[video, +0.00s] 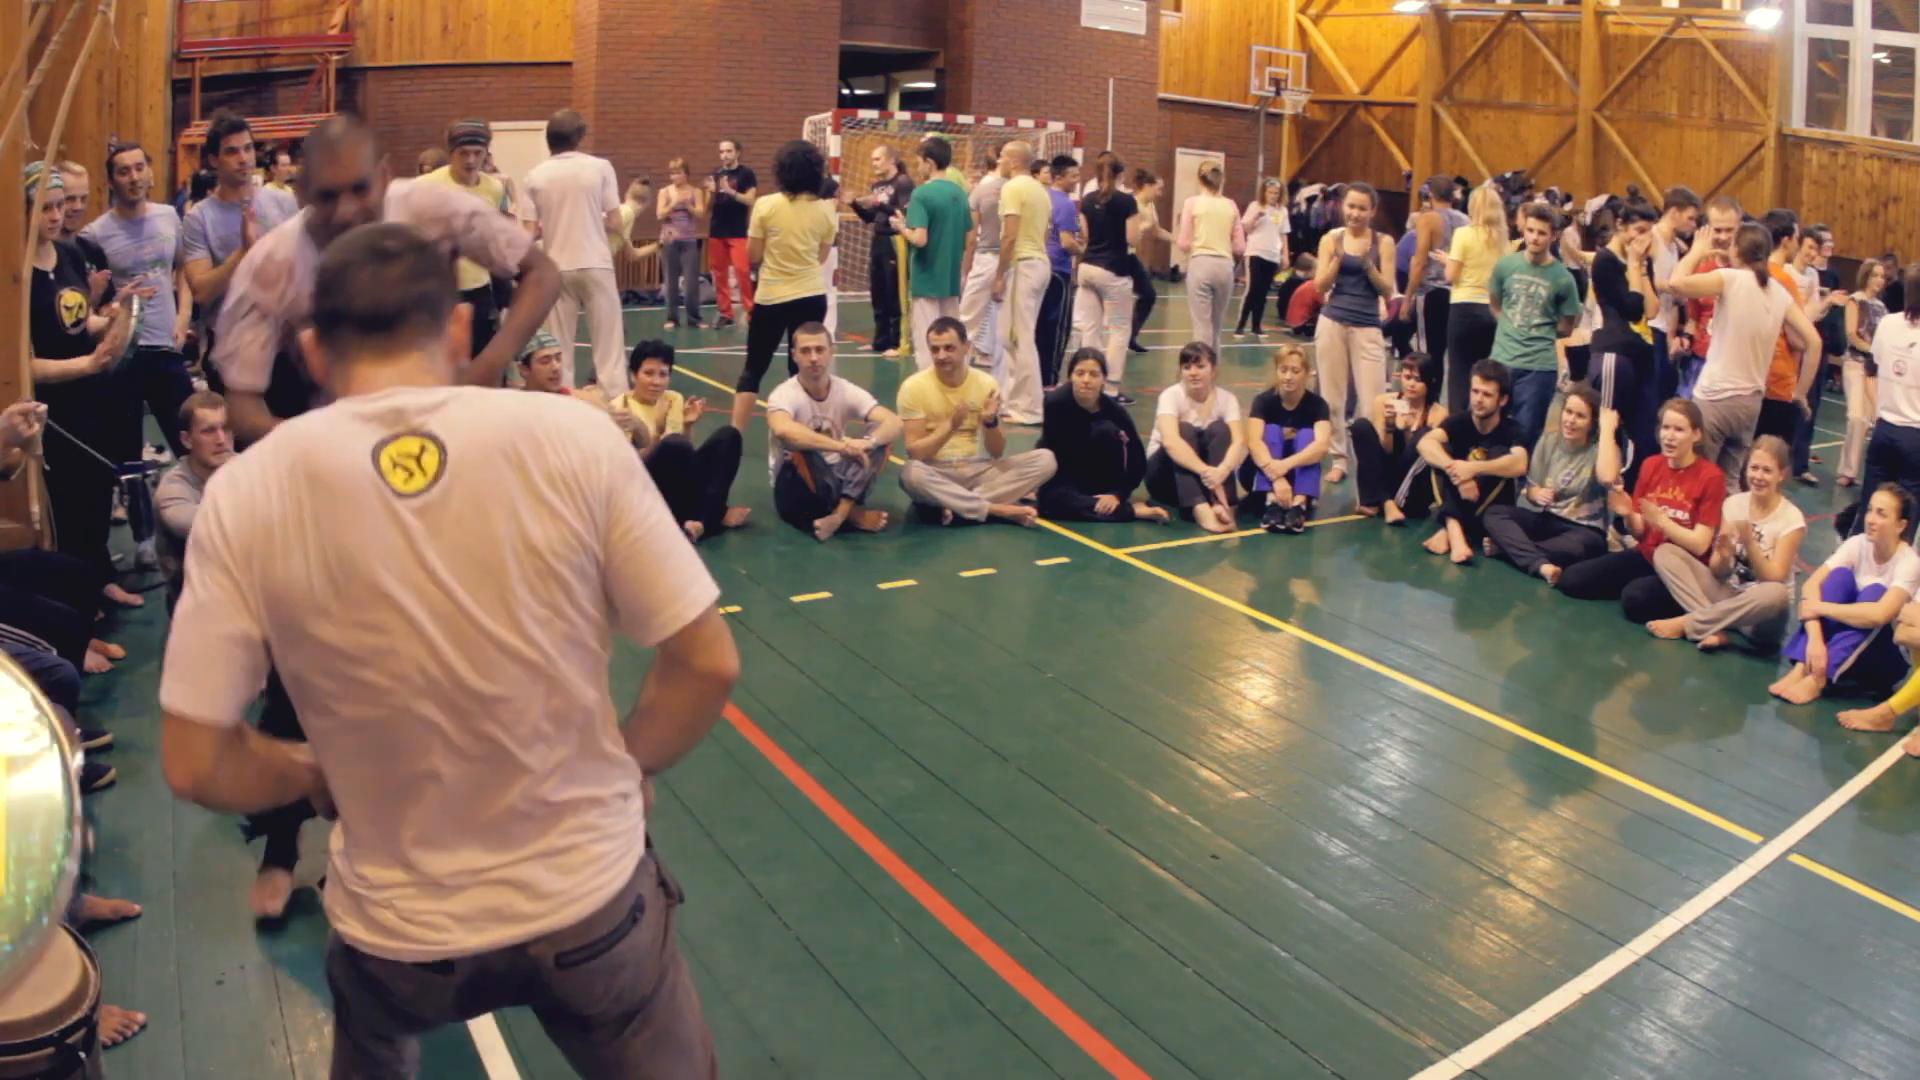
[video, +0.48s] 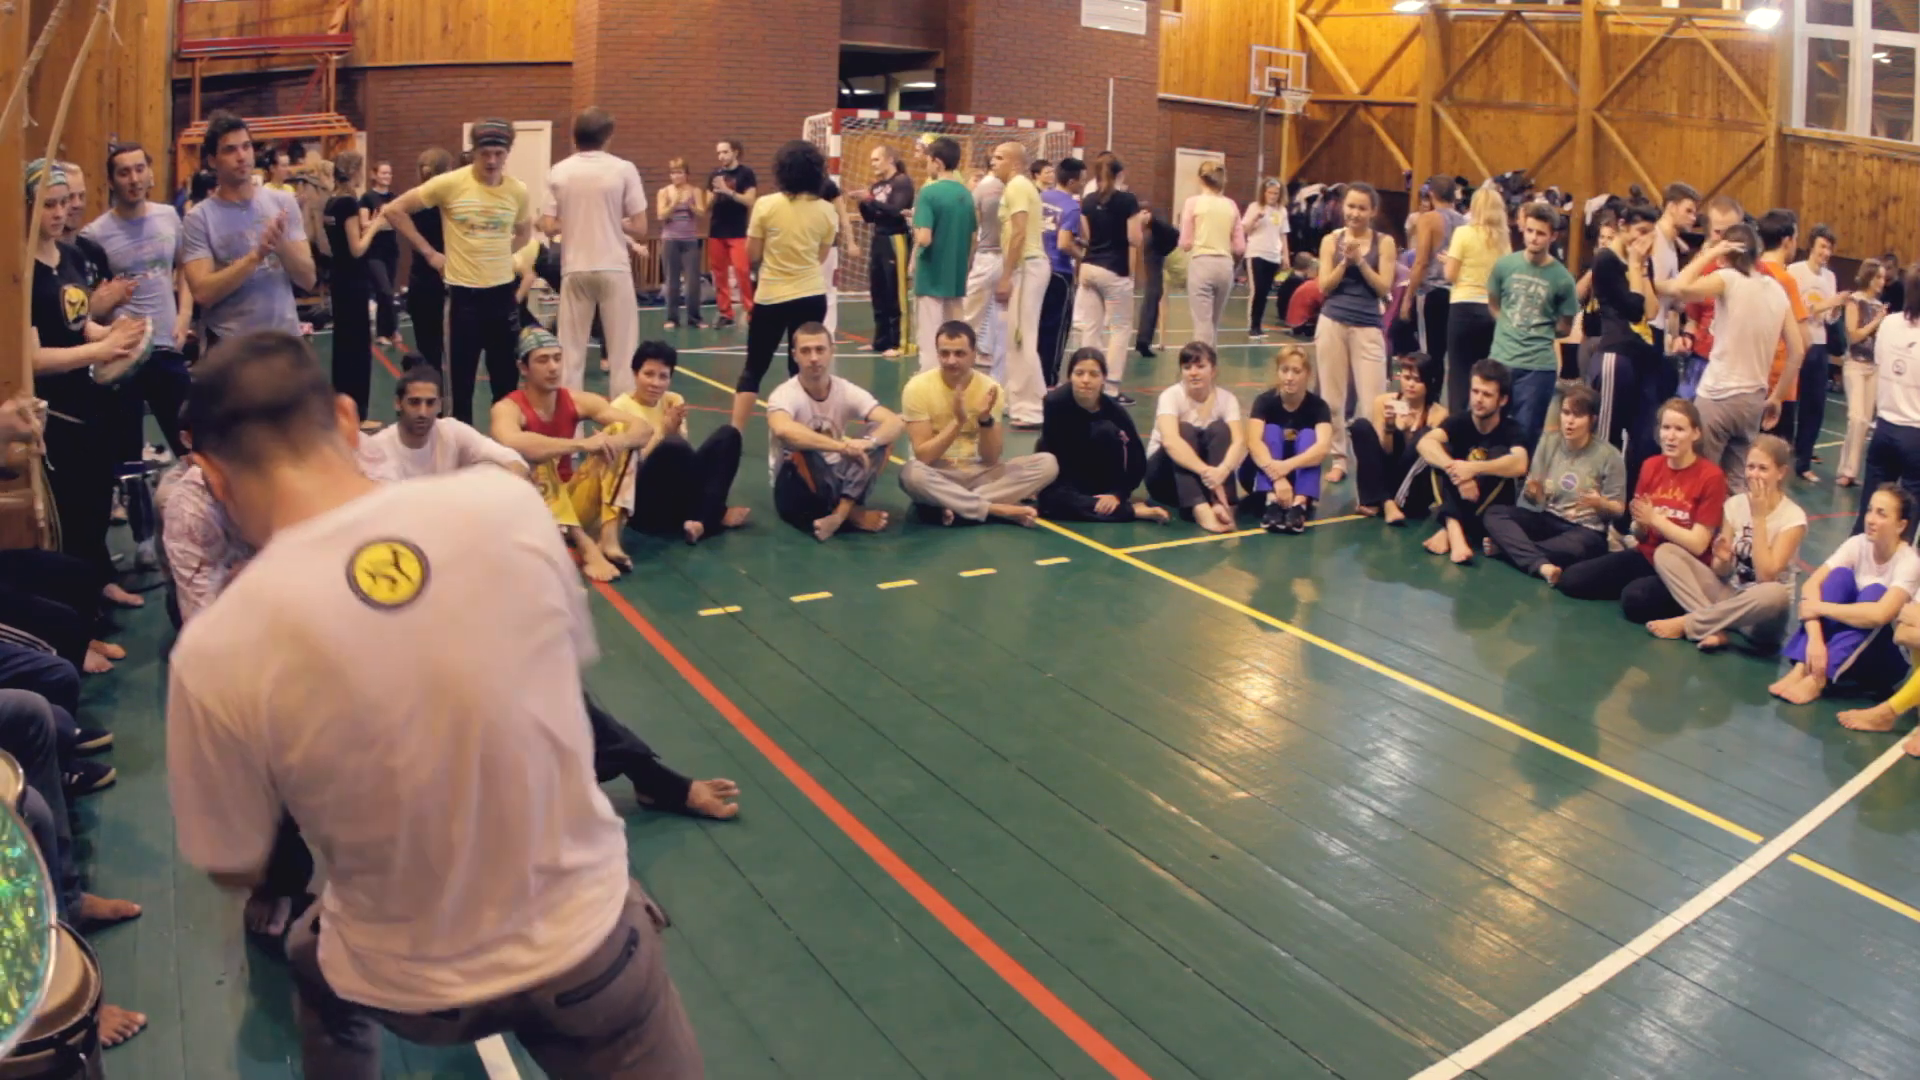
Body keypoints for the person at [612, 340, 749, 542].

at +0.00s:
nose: (656, 382)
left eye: (663, 375)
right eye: (649, 374)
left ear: (669, 378)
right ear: (633, 375)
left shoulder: (674, 401)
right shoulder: (618, 407)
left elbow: (683, 451)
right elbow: (622, 462)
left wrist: (687, 426)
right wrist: (657, 441)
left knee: (729, 435)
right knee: (675, 447)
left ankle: (698, 521)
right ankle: (717, 514)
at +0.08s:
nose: (656, 381)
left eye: (663, 375)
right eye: (648, 374)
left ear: (670, 378)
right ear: (634, 376)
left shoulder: (675, 401)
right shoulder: (621, 407)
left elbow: (686, 453)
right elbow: (628, 467)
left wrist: (685, 425)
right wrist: (658, 438)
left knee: (729, 435)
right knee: (675, 447)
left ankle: (701, 520)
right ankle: (716, 514)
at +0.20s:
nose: (656, 381)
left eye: (663, 374)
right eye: (648, 373)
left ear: (669, 378)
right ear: (635, 374)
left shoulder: (675, 402)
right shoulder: (619, 409)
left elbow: (684, 448)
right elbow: (628, 467)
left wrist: (675, 430)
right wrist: (665, 434)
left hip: (684, 509)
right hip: (646, 513)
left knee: (728, 435)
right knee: (675, 448)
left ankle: (701, 520)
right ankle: (719, 513)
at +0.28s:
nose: (655, 381)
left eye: (663, 375)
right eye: (649, 373)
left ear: (670, 379)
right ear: (635, 374)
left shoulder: (674, 402)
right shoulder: (619, 409)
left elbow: (685, 449)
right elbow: (631, 468)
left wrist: (676, 428)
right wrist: (662, 431)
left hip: (683, 510)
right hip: (646, 514)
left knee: (728, 435)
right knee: (675, 449)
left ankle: (701, 521)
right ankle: (718, 514)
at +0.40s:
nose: (655, 382)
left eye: (663, 376)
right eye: (649, 374)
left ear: (670, 379)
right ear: (635, 374)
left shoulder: (674, 403)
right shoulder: (619, 408)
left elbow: (686, 458)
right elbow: (628, 467)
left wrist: (682, 427)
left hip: (683, 510)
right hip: (645, 514)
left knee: (728, 435)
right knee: (674, 446)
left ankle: (700, 520)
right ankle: (717, 516)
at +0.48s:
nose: (655, 383)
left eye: (663, 377)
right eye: (648, 375)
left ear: (670, 380)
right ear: (635, 374)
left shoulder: (673, 402)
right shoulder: (620, 408)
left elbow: (683, 449)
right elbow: (632, 466)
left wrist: (673, 431)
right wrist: (663, 433)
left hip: (683, 510)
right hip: (645, 514)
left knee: (729, 435)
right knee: (673, 450)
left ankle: (701, 521)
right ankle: (718, 515)